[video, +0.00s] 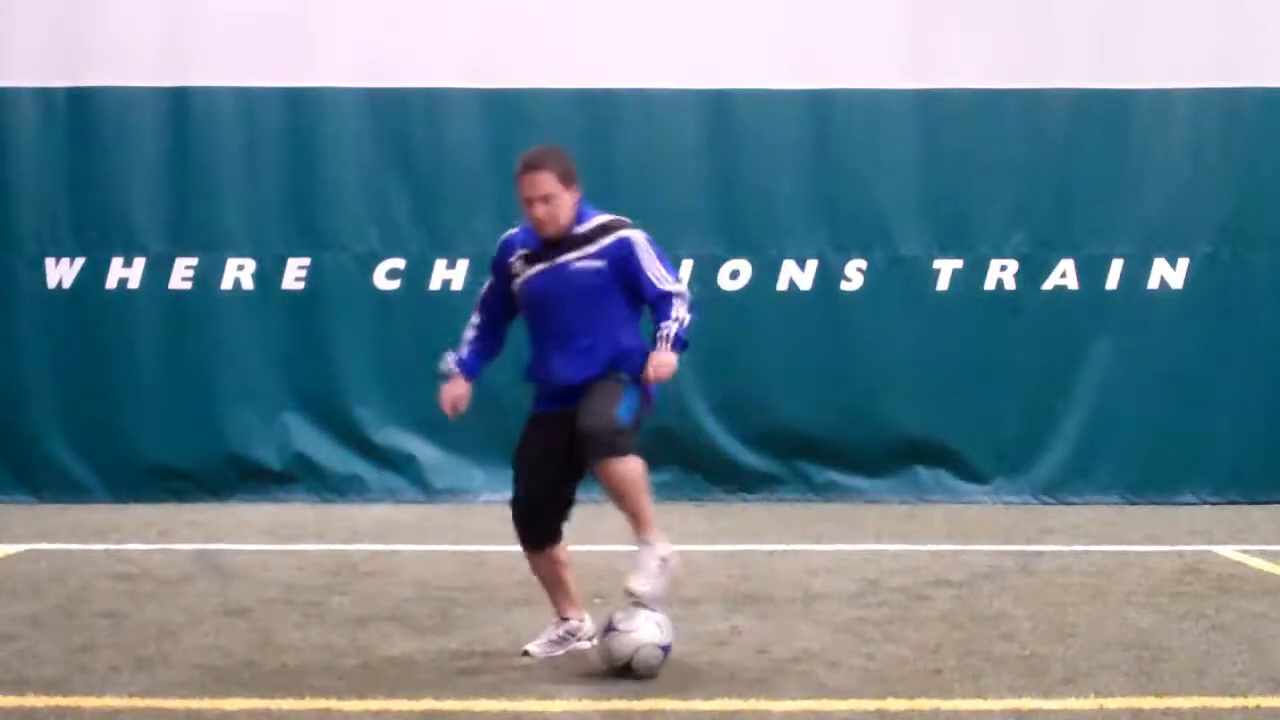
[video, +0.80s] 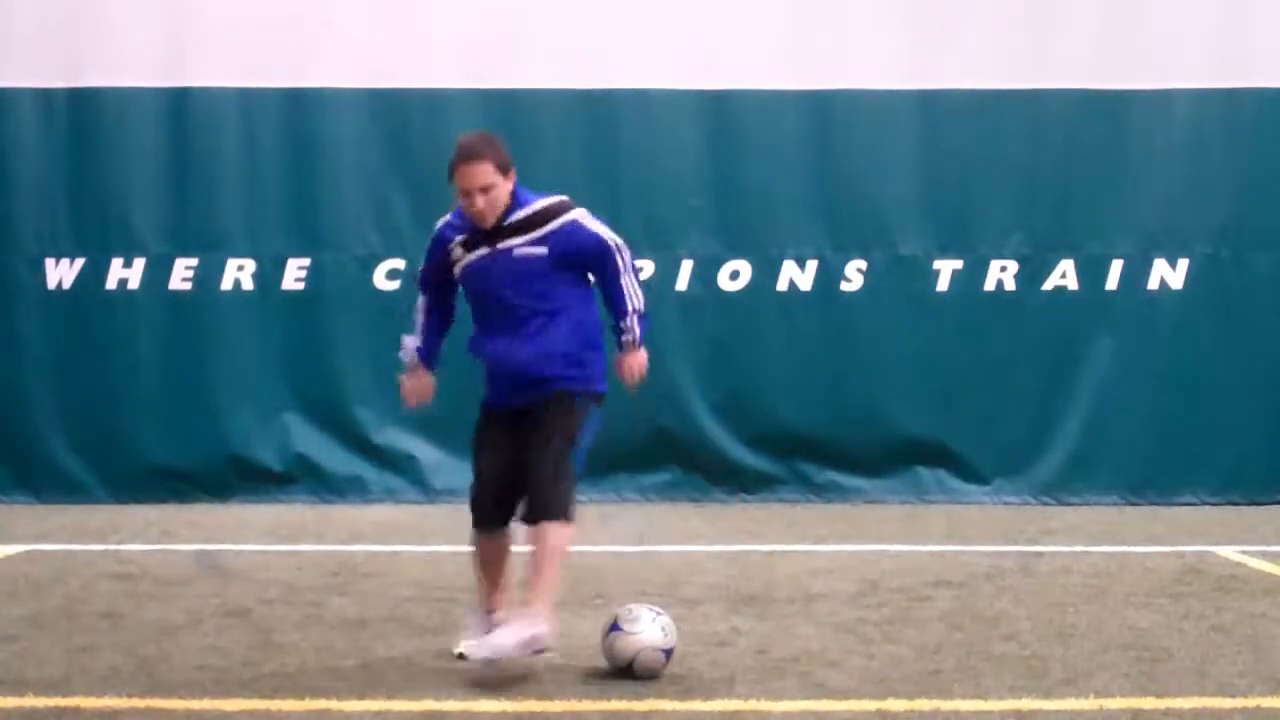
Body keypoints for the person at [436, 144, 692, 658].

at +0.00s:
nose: (537, 212)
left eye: (546, 199)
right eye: (528, 202)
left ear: (573, 193)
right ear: (520, 201)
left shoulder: (618, 236)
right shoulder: (515, 252)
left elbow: (673, 297)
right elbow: (490, 317)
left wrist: (667, 346)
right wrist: (462, 371)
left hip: (615, 377)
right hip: (555, 393)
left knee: (600, 432)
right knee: (531, 511)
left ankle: (654, 547)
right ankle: (572, 621)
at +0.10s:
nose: (510, 197)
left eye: (520, 183)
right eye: (501, 187)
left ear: (547, 173)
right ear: (493, 185)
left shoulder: (592, 215)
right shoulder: (492, 232)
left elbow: (658, 270)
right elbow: (474, 294)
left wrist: (673, 332)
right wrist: (442, 333)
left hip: (601, 359)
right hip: (542, 374)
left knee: (558, 421)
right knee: (538, 495)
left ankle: (618, 536)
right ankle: (572, 617)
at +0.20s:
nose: (489, 178)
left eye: (498, 166)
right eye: (480, 169)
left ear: (525, 157)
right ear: (472, 170)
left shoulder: (569, 193)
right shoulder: (472, 214)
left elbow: (643, 240)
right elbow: (455, 264)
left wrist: (667, 303)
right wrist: (422, 302)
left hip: (586, 346)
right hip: (533, 357)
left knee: (535, 445)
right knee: (523, 478)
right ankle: (596, 577)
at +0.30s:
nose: (471, 197)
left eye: (480, 184)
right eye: (462, 187)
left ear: (507, 173)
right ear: (454, 185)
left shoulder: (552, 213)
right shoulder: (459, 225)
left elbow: (625, 261)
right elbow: (437, 267)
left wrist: (659, 328)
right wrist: (405, 299)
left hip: (563, 378)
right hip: (517, 381)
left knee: (517, 491)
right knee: (503, 489)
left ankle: (506, 639)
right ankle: (621, 522)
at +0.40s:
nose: (453, 234)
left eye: (462, 220)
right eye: (444, 223)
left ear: (490, 209)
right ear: (436, 219)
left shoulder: (532, 258)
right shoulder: (450, 256)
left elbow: (590, 325)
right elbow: (426, 288)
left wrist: (626, 394)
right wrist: (388, 316)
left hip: (548, 408)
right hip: (506, 408)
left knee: (488, 512)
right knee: (507, 515)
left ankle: (506, 645)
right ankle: (620, 518)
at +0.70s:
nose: (465, 213)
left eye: (476, 200)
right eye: (457, 202)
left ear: (502, 187)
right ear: (448, 197)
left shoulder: (548, 229)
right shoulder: (445, 236)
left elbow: (619, 273)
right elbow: (423, 291)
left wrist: (637, 343)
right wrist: (393, 335)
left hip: (552, 396)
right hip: (493, 396)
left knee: (509, 508)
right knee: (472, 503)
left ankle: (506, 639)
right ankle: (579, 561)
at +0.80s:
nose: (475, 204)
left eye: (485, 190)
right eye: (465, 193)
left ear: (509, 179)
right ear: (455, 189)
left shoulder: (556, 218)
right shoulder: (451, 237)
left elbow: (615, 260)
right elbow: (434, 297)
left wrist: (631, 338)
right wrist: (421, 360)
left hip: (568, 378)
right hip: (505, 384)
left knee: (547, 485)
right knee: (488, 500)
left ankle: (538, 617)